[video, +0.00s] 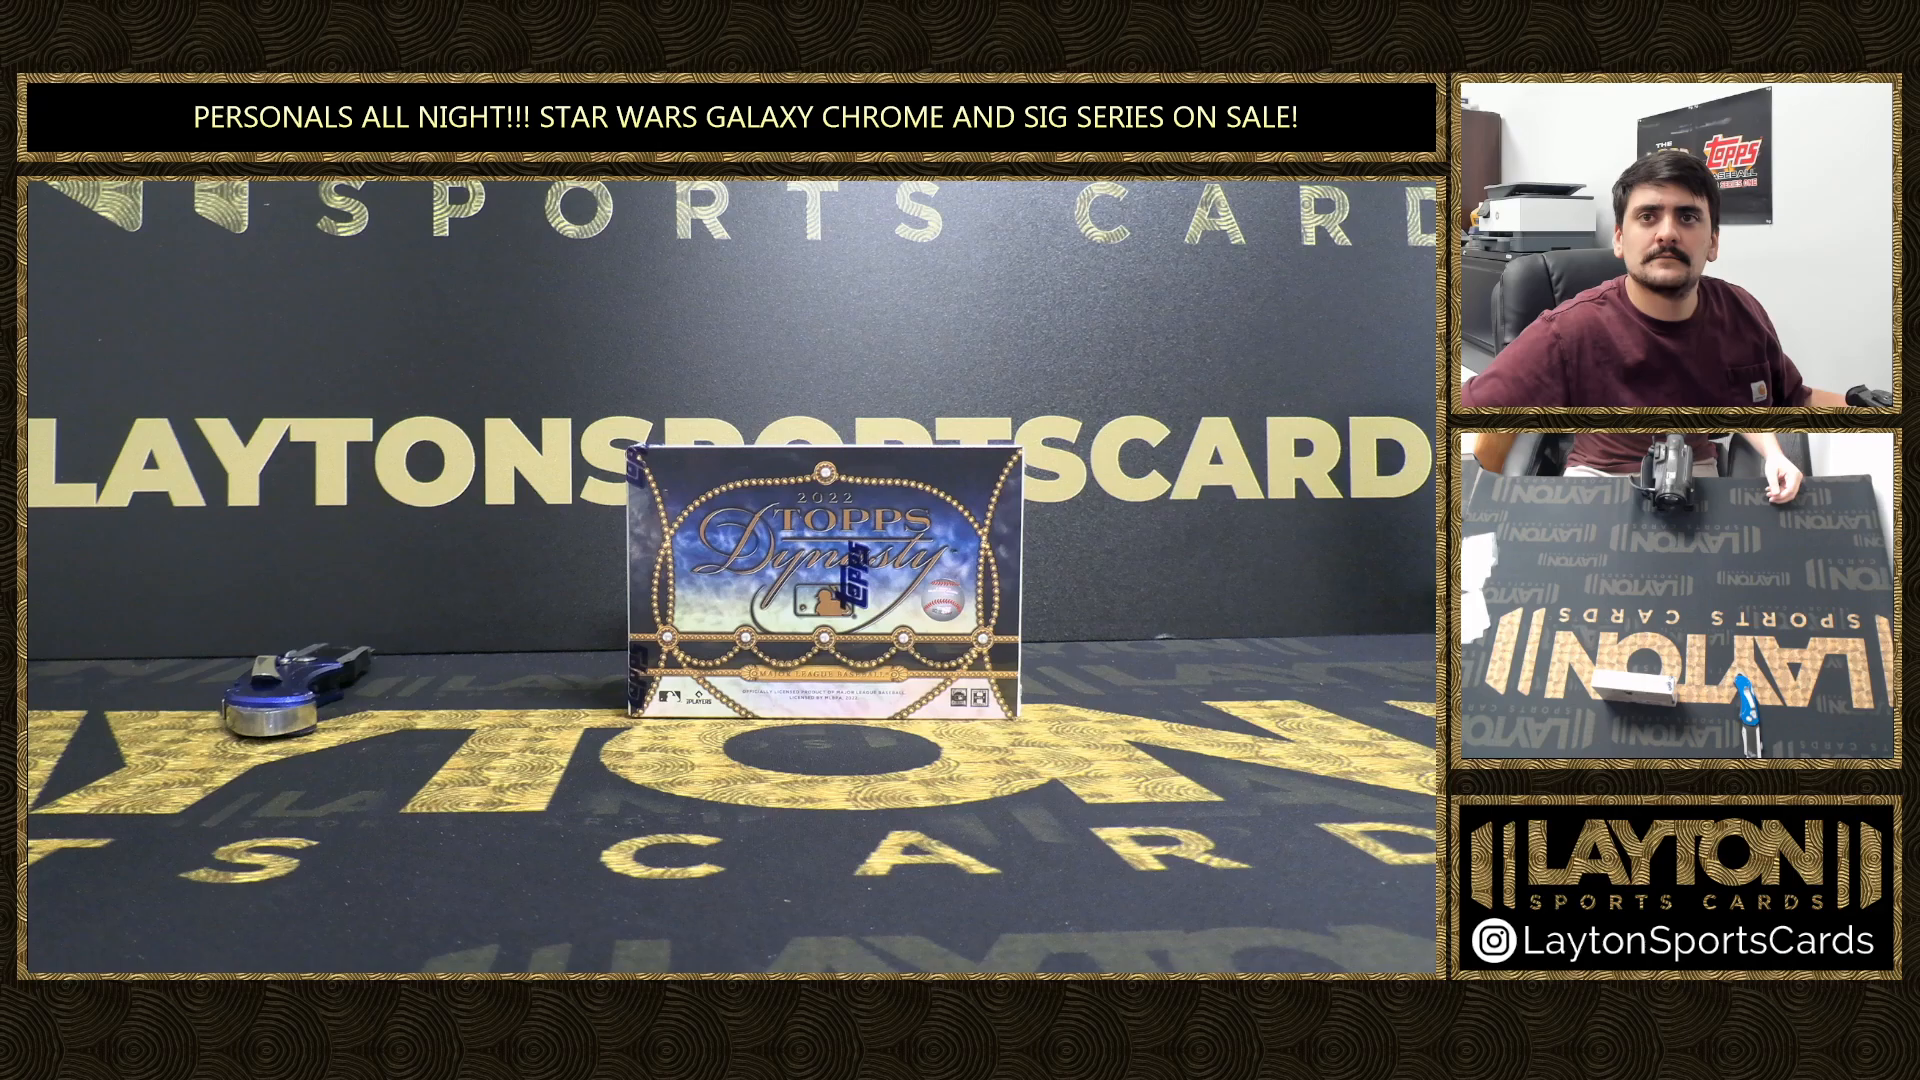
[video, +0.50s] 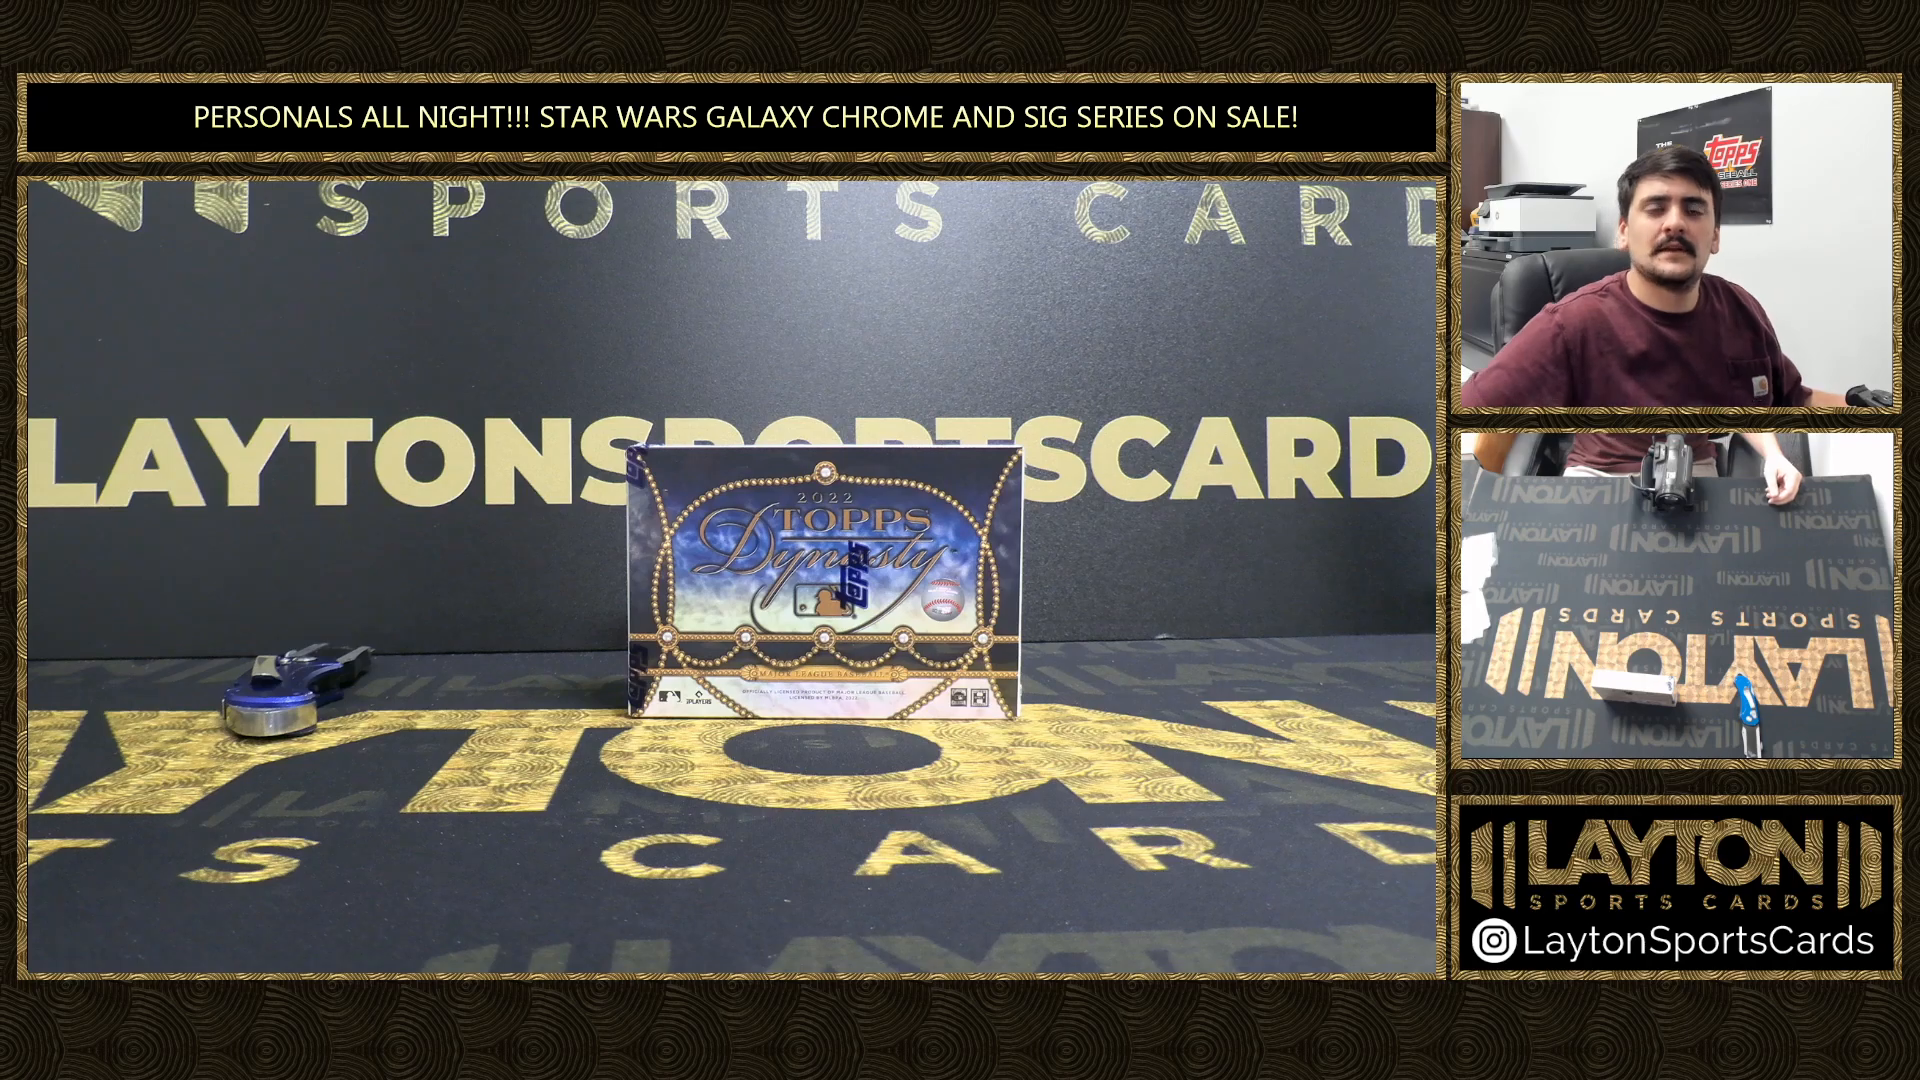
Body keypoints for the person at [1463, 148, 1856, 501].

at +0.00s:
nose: (1667, 232)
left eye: (1686, 218)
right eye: (1647, 217)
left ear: (1712, 246)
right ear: (1620, 242)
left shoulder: (1737, 312)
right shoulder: (1571, 330)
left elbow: (1793, 400)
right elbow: (1475, 434)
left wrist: (1878, 416)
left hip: (1708, 506)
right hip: (1593, 510)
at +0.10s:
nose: (1667, 232)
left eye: (1686, 217)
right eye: (1647, 217)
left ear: (1712, 244)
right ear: (1619, 241)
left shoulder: (1737, 312)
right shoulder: (1571, 331)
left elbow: (1791, 401)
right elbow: (1478, 437)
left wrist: (1883, 412)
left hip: (1708, 503)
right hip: (1594, 505)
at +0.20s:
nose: (1666, 231)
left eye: (1686, 216)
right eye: (1647, 215)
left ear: (1712, 244)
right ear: (1619, 241)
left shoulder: (1737, 312)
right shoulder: (1572, 330)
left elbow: (1791, 401)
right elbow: (1479, 433)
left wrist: (1882, 415)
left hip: (1707, 502)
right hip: (1593, 503)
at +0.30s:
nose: (1666, 227)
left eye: (1686, 213)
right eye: (1647, 212)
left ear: (1712, 243)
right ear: (1619, 239)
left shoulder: (1737, 311)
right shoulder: (1571, 330)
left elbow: (1792, 401)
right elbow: (1479, 425)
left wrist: (1887, 420)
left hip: (1708, 502)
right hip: (1594, 504)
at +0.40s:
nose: (1668, 225)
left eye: (1687, 211)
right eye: (1649, 210)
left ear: (1712, 242)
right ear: (1620, 238)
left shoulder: (1736, 310)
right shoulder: (1572, 328)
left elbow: (1792, 399)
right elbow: (1477, 429)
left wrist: (1882, 417)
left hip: (1708, 505)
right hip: (1593, 507)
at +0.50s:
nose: (1674, 223)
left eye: (1693, 209)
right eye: (1655, 208)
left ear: (1715, 238)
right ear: (1624, 234)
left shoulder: (1738, 310)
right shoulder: (1576, 323)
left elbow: (1789, 400)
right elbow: (1488, 446)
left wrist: (1876, 410)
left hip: (1710, 507)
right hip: (1596, 508)